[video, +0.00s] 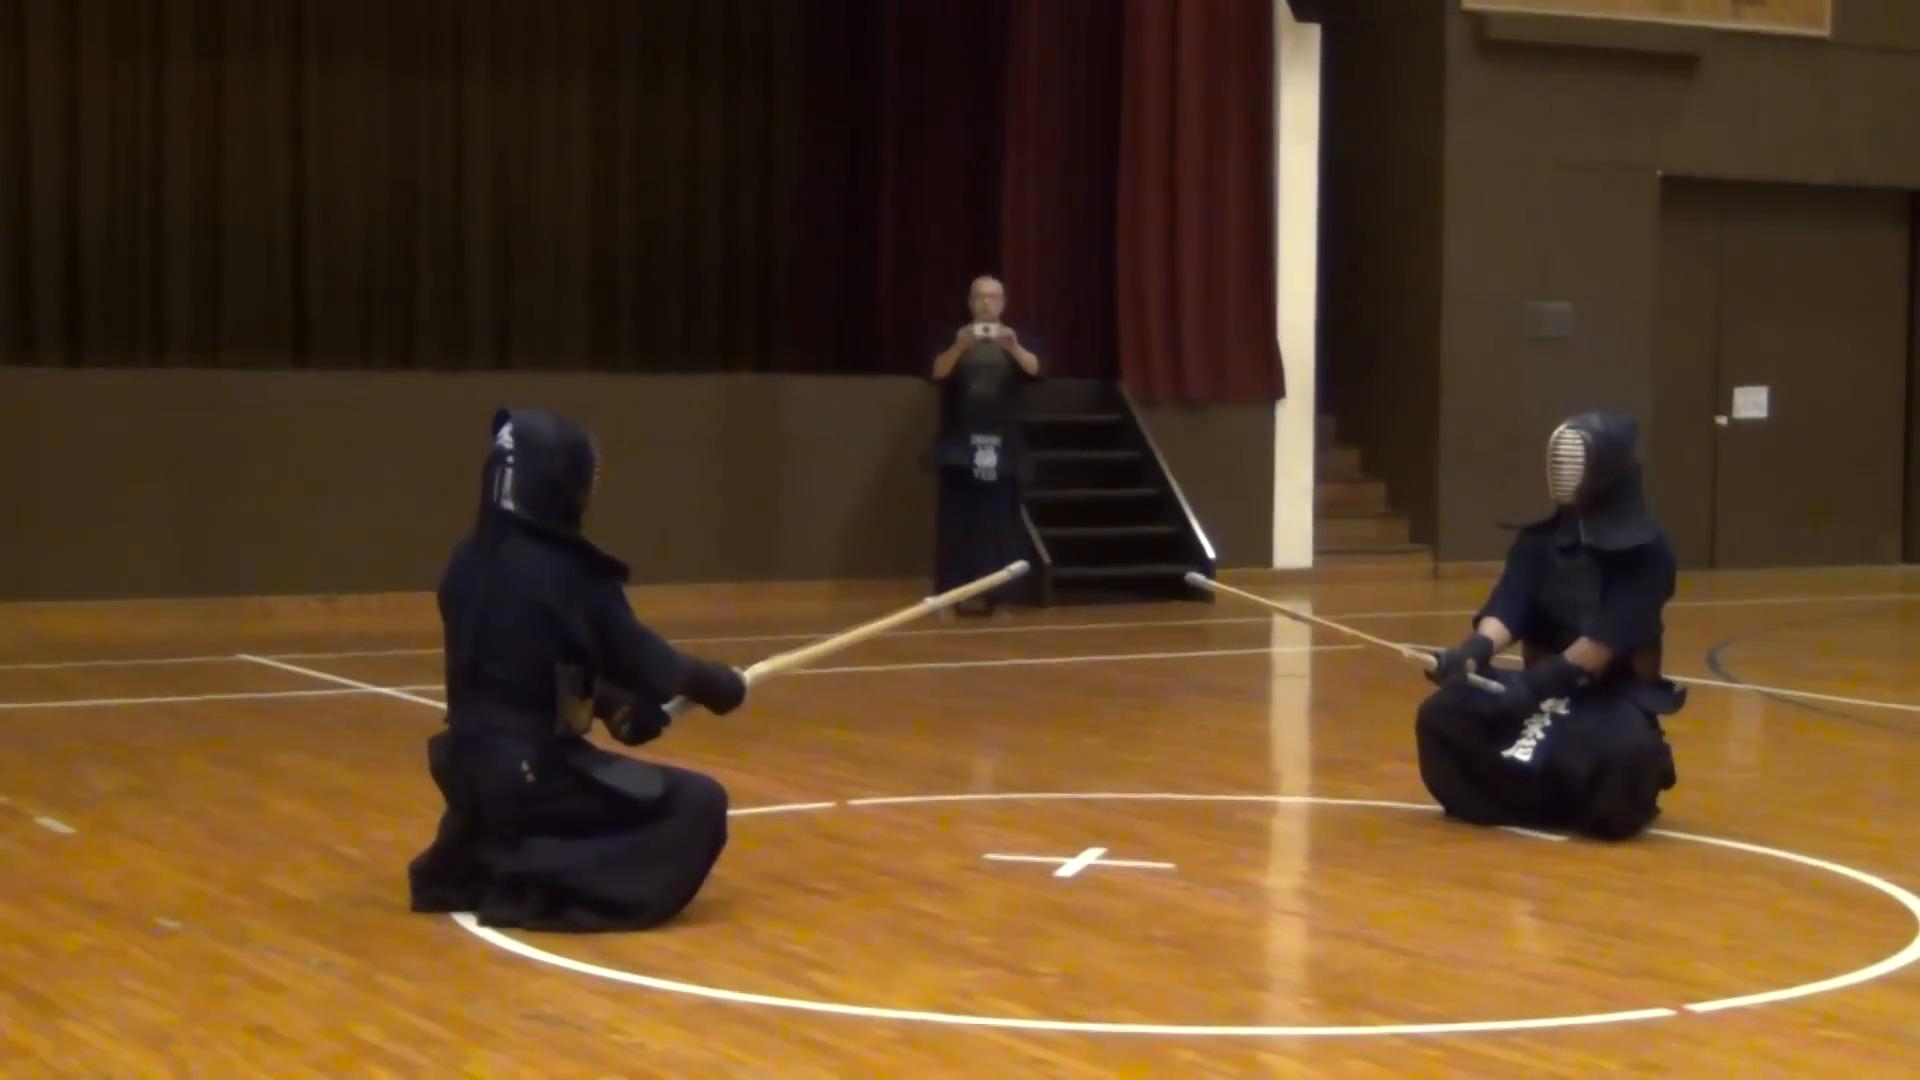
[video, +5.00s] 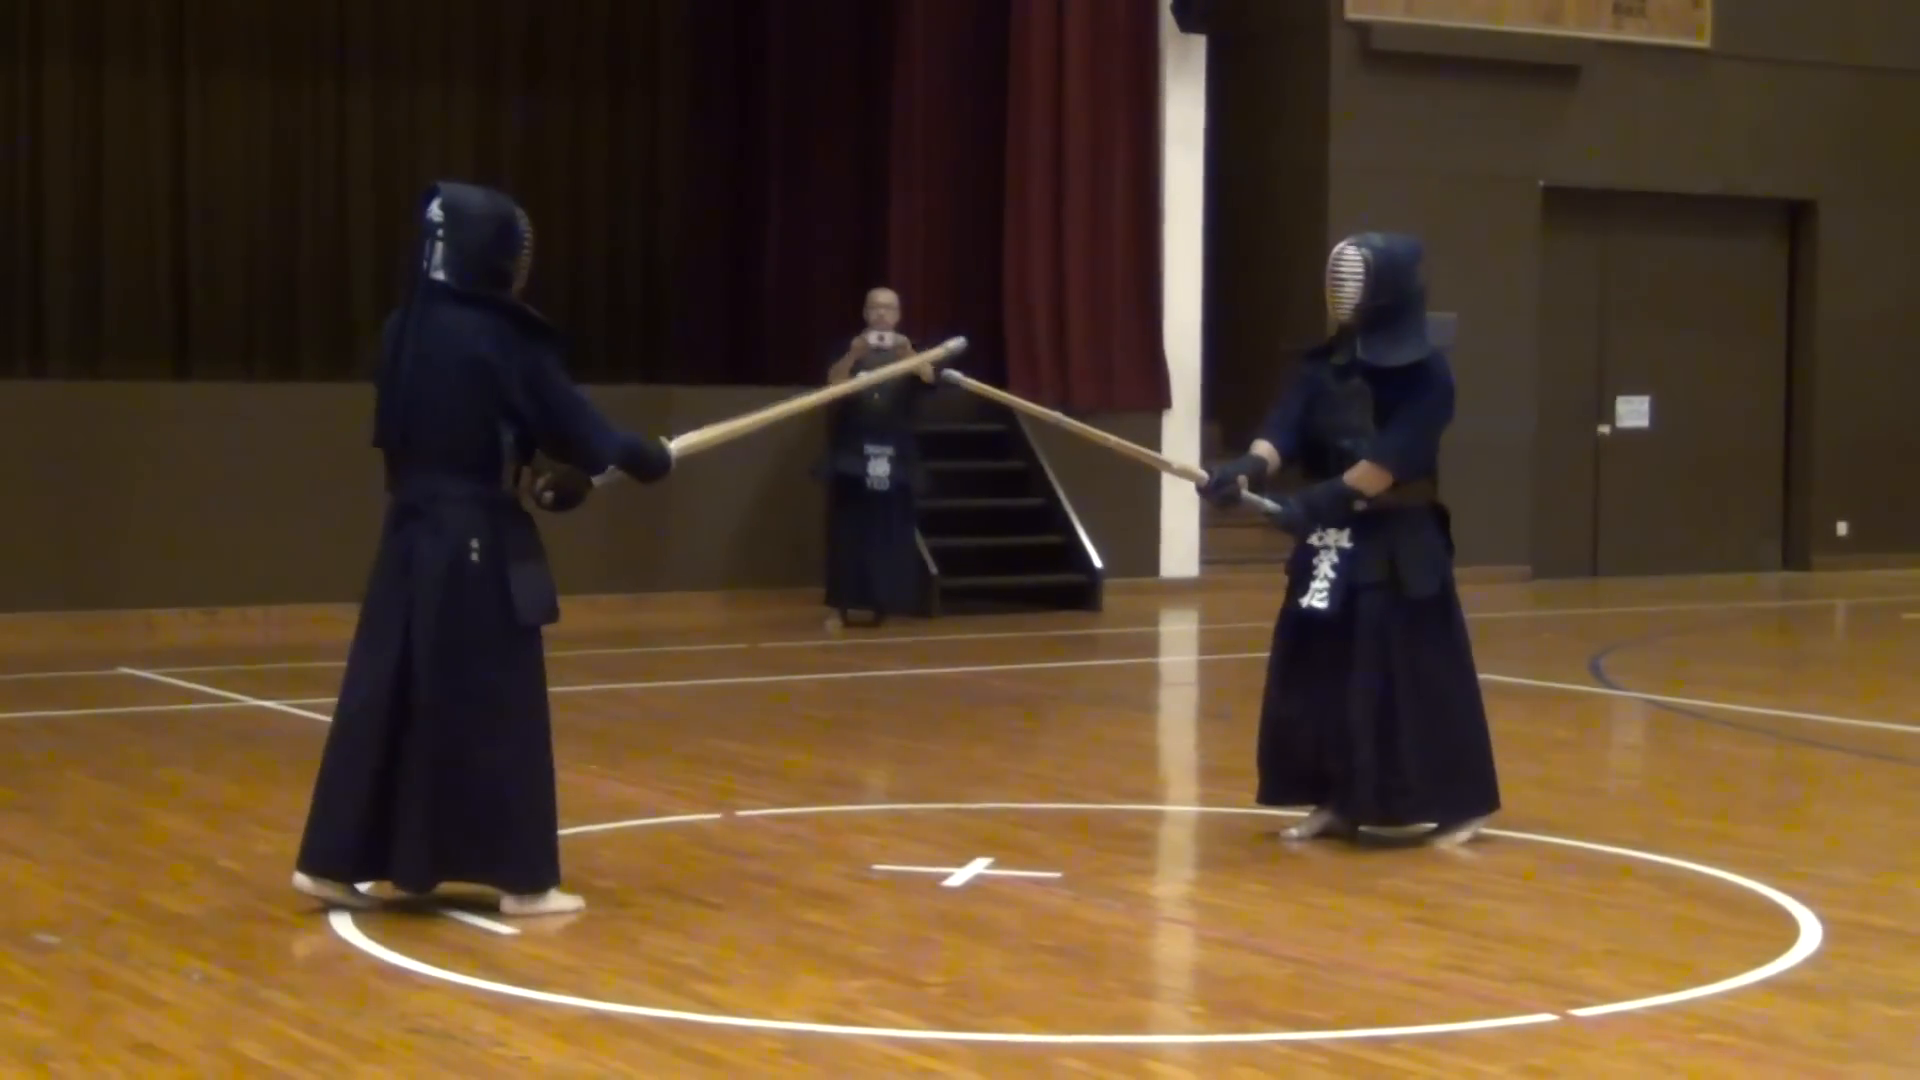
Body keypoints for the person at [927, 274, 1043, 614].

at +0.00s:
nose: (987, 303)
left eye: (993, 297)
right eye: (981, 297)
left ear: (1004, 302)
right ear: (971, 302)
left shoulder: (1016, 340)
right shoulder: (957, 338)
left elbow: (1035, 370)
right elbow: (938, 373)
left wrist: (1012, 347)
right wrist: (961, 345)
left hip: (1002, 436)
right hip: (961, 435)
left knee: (1000, 512)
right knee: (959, 513)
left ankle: (997, 594)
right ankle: (955, 592)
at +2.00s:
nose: (975, 310)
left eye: (981, 304)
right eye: (969, 303)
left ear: (991, 309)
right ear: (958, 308)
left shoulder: (1001, 347)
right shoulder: (944, 345)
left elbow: (1026, 379)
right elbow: (924, 380)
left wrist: (1001, 353)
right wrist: (948, 352)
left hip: (989, 443)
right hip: (948, 442)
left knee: (986, 519)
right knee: (945, 519)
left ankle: (983, 600)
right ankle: (941, 598)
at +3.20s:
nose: (934, 312)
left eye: (941, 306)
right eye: (928, 306)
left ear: (951, 311)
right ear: (918, 310)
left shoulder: (961, 351)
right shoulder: (901, 348)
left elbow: (985, 378)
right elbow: (884, 382)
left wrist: (961, 353)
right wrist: (910, 352)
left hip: (947, 445)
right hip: (906, 444)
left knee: (943, 522)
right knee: (903, 521)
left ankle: (940, 602)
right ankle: (899, 600)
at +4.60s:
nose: (885, 314)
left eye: (892, 308)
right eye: (879, 308)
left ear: (902, 313)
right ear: (869, 312)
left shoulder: (913, 349)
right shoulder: (854, 348)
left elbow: (938, 378)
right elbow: (836, 383)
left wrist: (911, 355)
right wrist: (860, 354)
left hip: (897, 445)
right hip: (856, 444)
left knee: (893, 522)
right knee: (853, 521)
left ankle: (889, 604)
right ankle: (847, 603)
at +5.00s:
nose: (882, 314)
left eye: (889, 309)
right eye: (876, 308)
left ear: (899, 314)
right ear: (865, 312)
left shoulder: (908, 353)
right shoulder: (850, 350)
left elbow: (929, 378)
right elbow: (832, 383)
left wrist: (904, 350)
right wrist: (855, 354)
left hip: (893, 446)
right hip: (852, 444)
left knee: (887, 522)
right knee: (848, 521)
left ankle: (882, 602)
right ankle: (841, 603)